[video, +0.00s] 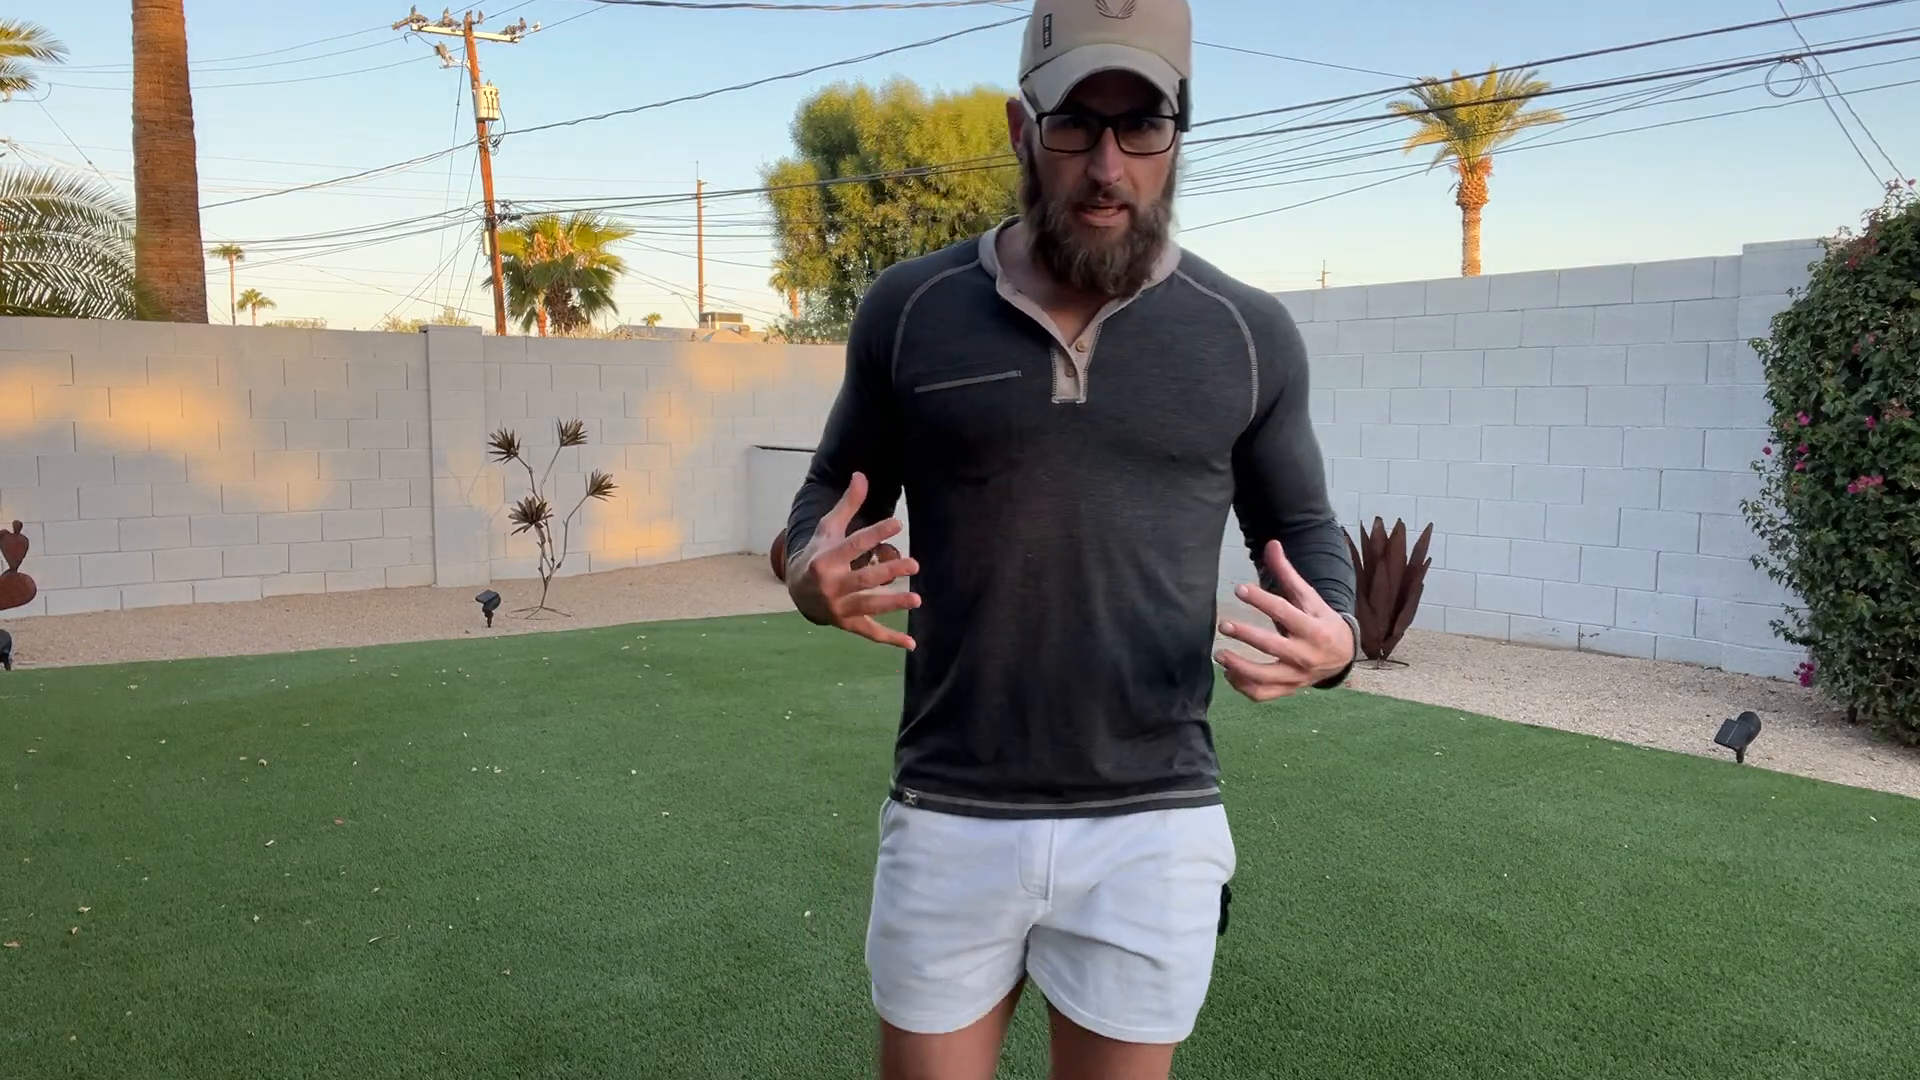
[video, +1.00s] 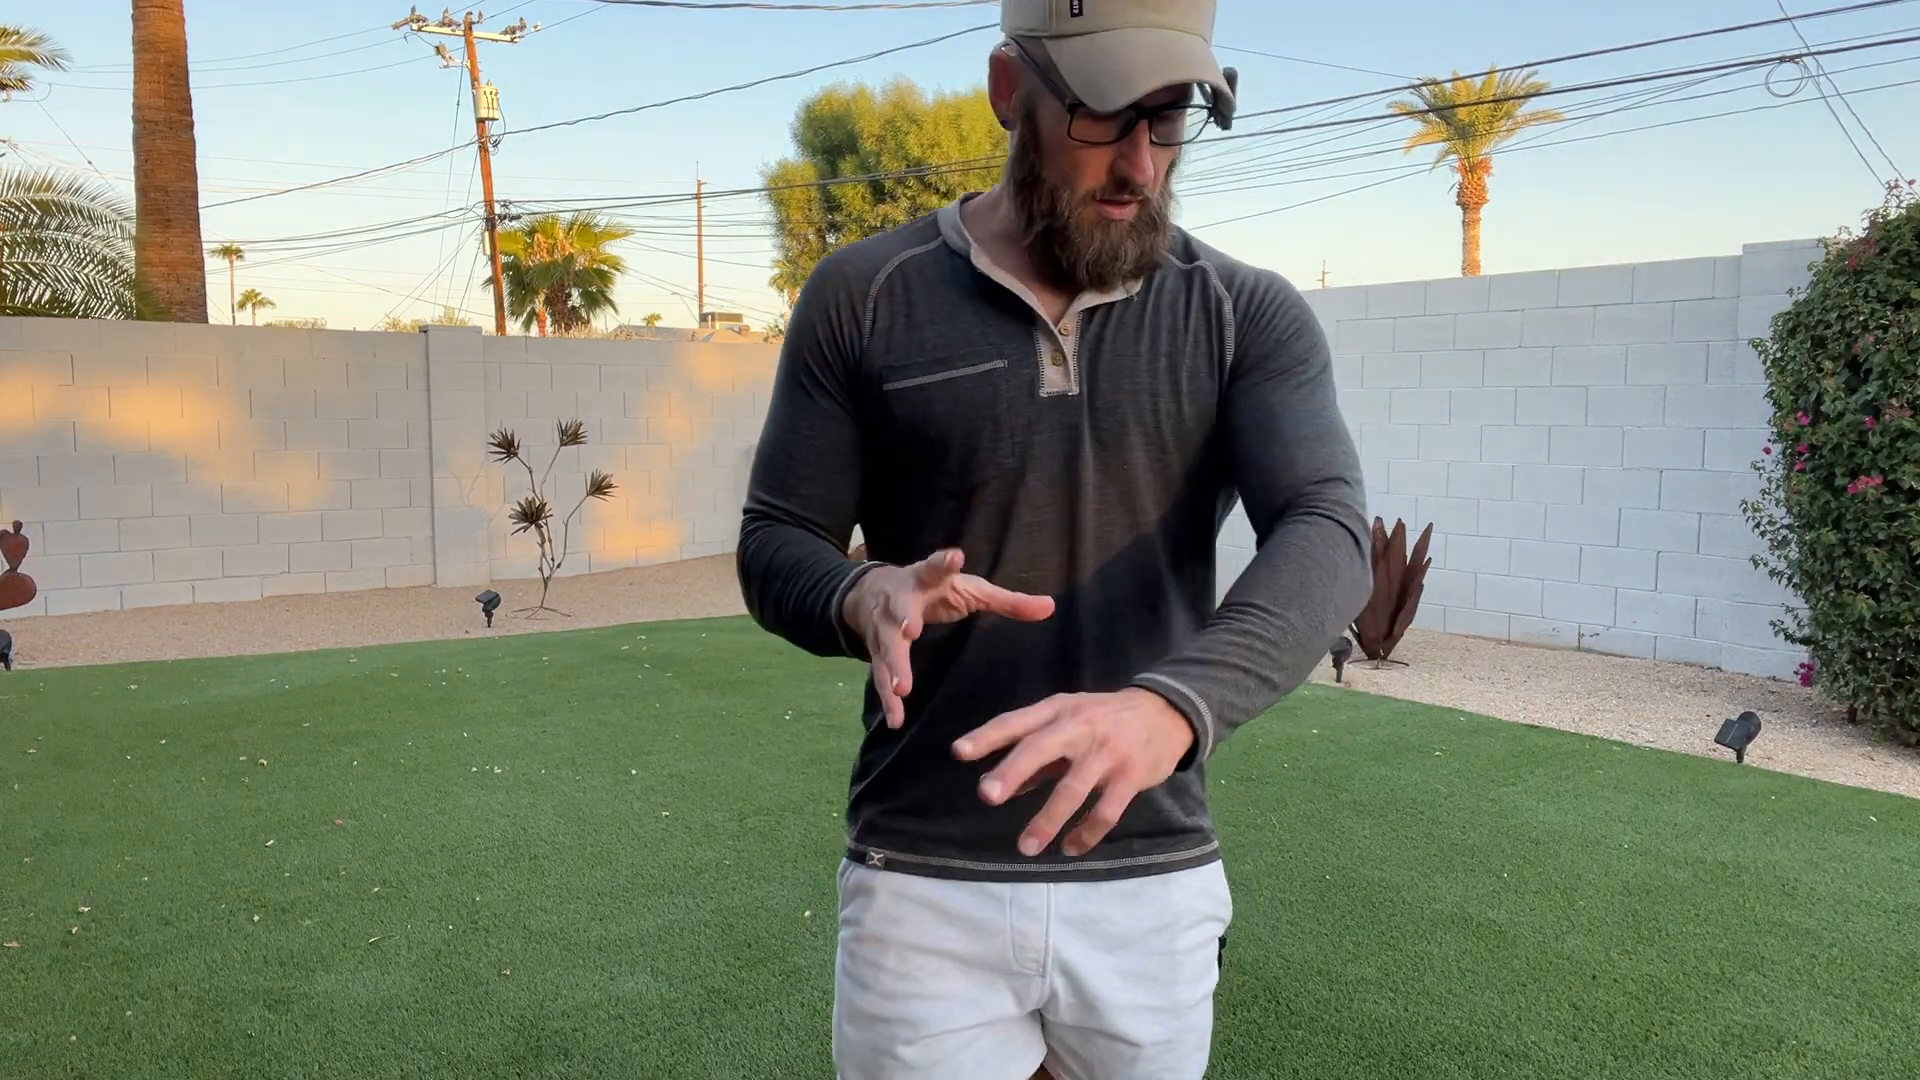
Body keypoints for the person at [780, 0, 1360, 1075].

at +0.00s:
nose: (1107, 164)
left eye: (1139, 130)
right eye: (1075, 128)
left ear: (1176, 144)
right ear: (1025, 134)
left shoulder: (1251, 336)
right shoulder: (911, 311)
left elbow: (1301, 536)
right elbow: (836, 490)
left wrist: (1332, 640)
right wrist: (807, 572)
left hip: (1155, 821)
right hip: (951, 814)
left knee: (1125, 1063)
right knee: (928, 1062)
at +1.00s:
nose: (1139, 164)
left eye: (1167, 122)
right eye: (1100, 118)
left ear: (1194, 112)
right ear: (1010, 89)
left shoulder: (1248, 317)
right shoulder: (862, 300)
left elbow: (1324, 535)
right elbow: (778, 539)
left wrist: (1174, 705)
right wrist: (861, 599)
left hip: (1153, 896)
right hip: (925, 893)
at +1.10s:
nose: (1108, 153)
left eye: (1136, 108)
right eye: (1066, 106)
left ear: (1164, 101)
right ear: (975, 74)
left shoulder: (1223, 310)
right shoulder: (832, 290)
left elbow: (1287, 532)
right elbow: (741, 545)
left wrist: (1120, 709)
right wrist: (847, 589)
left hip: (1135, 897)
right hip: (902, 899)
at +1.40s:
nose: (975, 97)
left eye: (1013, 53)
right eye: (930, 50)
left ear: (1051, 67)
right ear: (858, 57)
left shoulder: (1140, 286)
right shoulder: (734, 278)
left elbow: (1092, 561)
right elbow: (671, 554)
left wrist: (857, 742)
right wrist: (946, 553)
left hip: (1072, 921)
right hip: (819, 923)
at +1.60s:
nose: (908, 84)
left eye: (946, 41)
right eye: (863, 39)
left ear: (988, 58)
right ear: (800, 45)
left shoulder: (1092, 273)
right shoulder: (679, 278)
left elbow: (1076, 560)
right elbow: (623, 557)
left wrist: (810, 702)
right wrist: (917, 543)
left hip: (1044, 920)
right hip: (790, 934)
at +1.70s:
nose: (881, 74)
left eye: (922, 27)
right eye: (836, 25)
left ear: (966, 45)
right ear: (768, 35)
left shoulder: (1072, 273)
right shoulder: (659, 289)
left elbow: (1115, 556)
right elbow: (611, 574)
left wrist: (860, 672)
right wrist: (892, 550)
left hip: (1032, 920)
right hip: (776, 939)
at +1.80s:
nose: (859, 75)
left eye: (902, 26)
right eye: (815, 26)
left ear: (950, 43)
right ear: (752, 35)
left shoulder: (1072, 279)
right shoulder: (641, 299)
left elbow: (1200, 550)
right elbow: (568, 598)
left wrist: (1026, 630)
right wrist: (721, 565)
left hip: (1028, 929)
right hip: (767, 947)